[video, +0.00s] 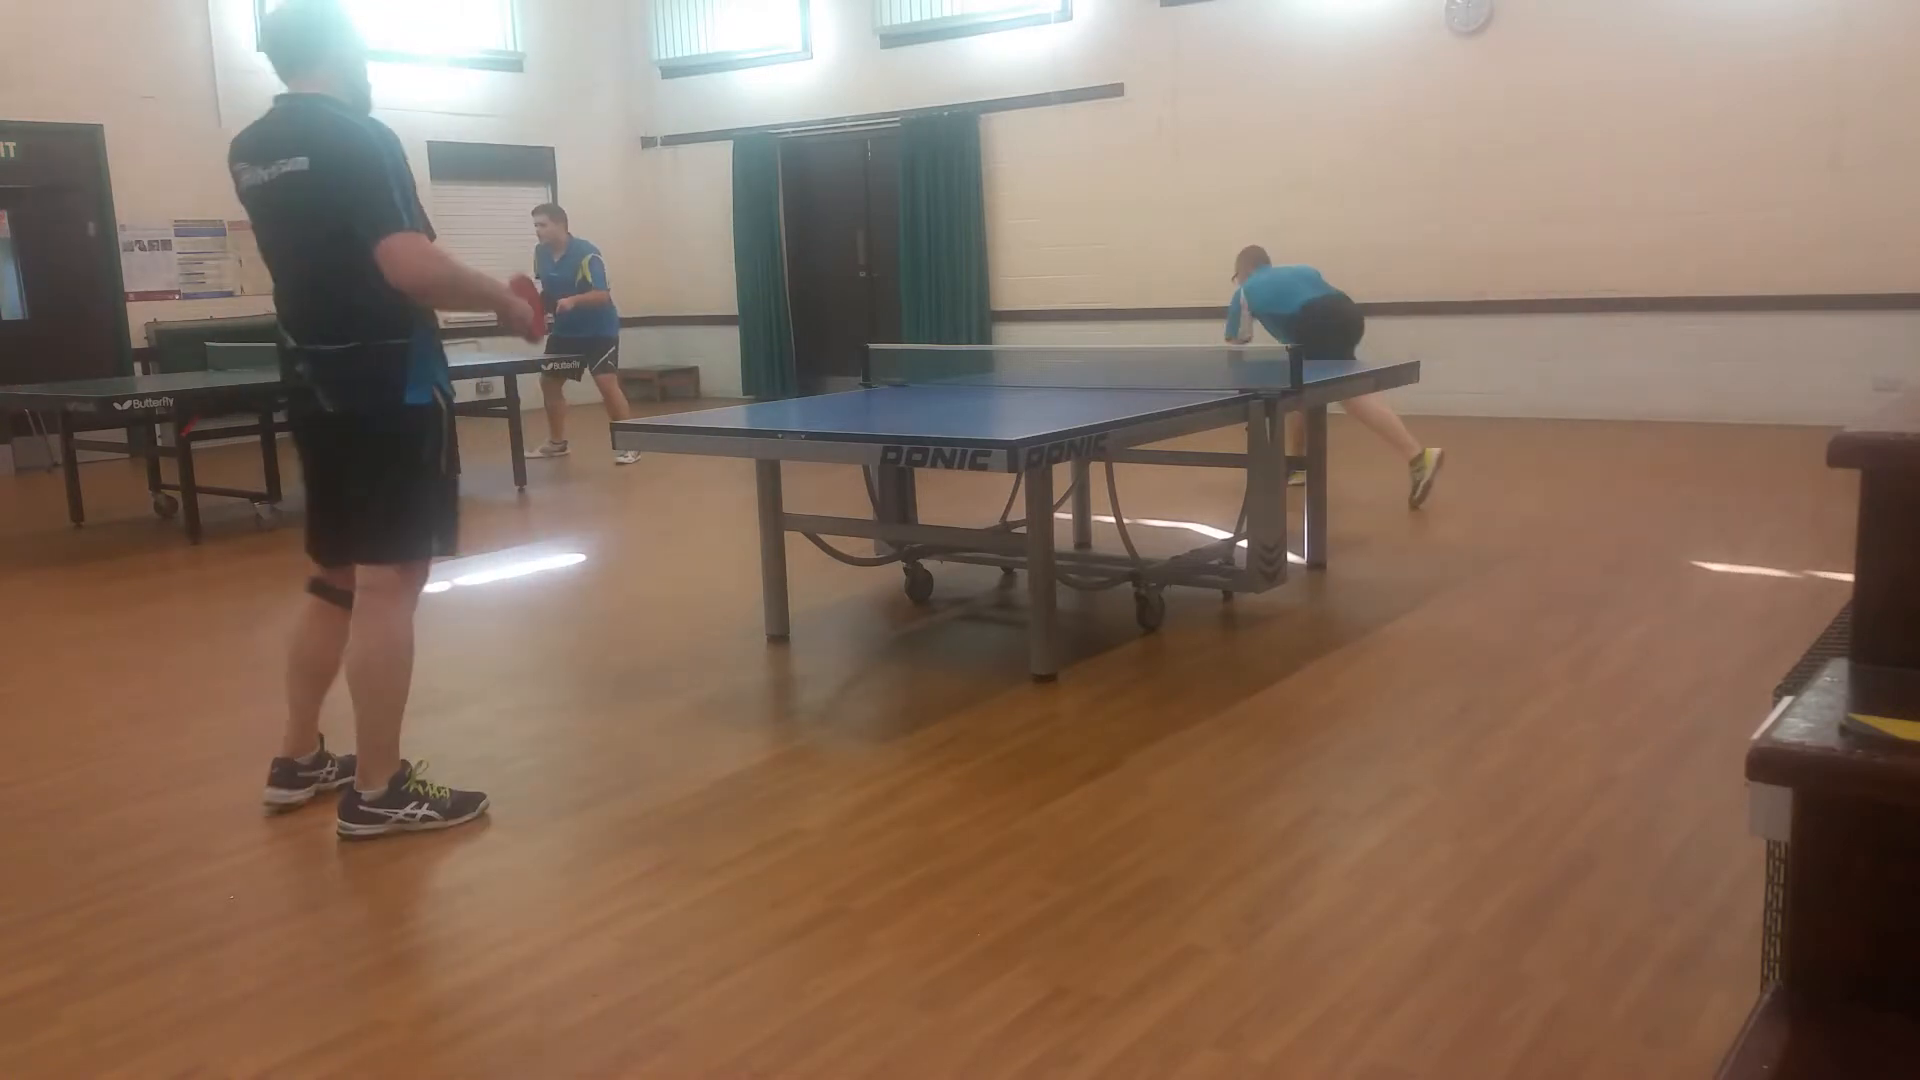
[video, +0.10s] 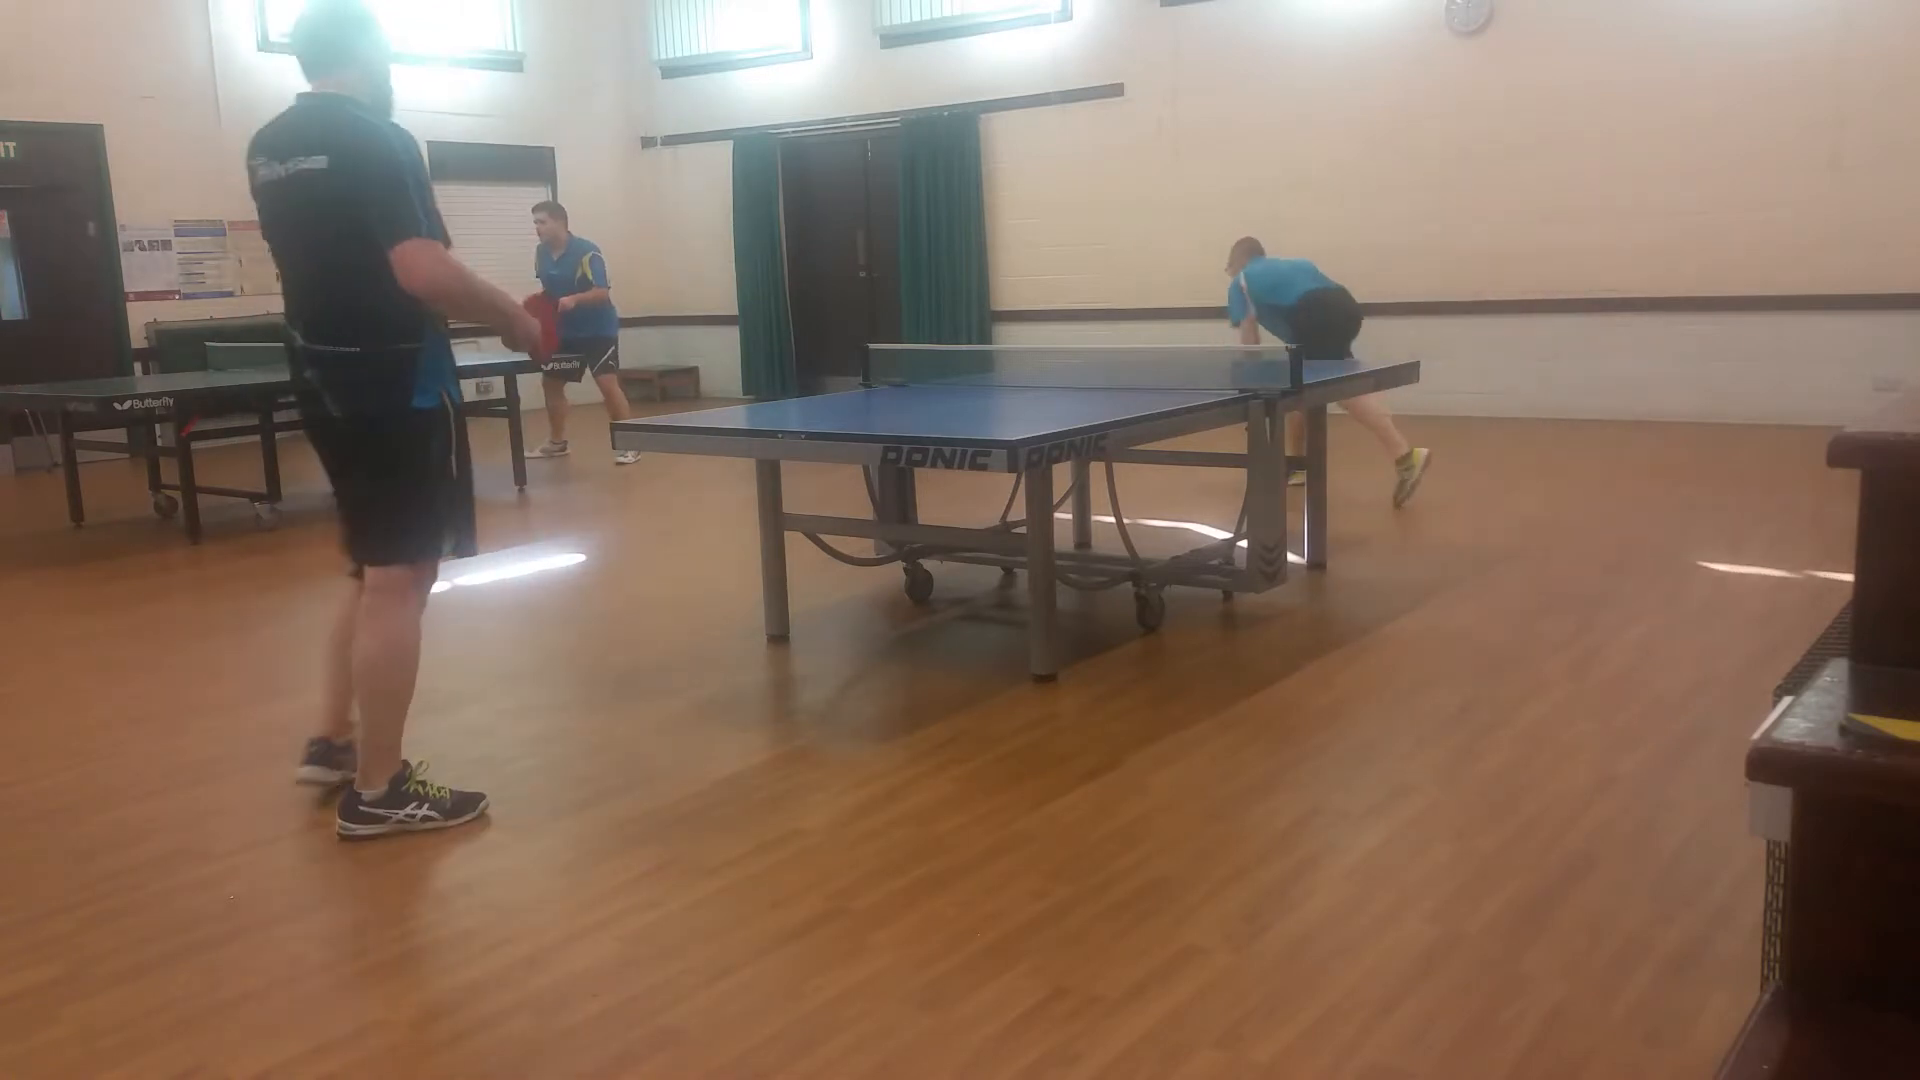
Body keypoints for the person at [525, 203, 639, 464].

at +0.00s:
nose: (537, 230)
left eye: (542, 225)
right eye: (535, 226)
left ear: (561, 225)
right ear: (538, 228)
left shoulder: (587, 253)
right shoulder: (541, 253)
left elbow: (603, 295)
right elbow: (548, 291)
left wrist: (574, 300)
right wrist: (533, 305)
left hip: (599, 330)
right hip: (565, 330)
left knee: (606, 382)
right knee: (550, 383)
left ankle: (629, 444)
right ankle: (557, 442)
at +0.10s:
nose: (537, 228)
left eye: (541, 222)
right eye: (535, 223)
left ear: (561, 223)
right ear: (538, 226)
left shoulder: (588, 252)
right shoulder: (542, 253)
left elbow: (602, 293)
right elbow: (550, 291)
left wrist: (575, 299)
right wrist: (535, 303)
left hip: (599, 331)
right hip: (567, 332)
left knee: (607, 383)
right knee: (551, 384)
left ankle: (628, 445)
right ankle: (557, 442)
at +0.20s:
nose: (537, 229)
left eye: (541, 223)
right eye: (535, 224)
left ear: (561, 224)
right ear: (539, 226)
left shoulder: (588, 253)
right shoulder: (544, 253)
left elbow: (602, 294)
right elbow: (548, 291)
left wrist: (573, 300)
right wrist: (536, 315)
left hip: (597, 331)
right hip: (564, 333)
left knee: (605, 382)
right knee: (548, 384)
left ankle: (629, 444)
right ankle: (557, 442)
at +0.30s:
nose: (536, 228)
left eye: (541, 222)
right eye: (535, 223)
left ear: (560, 222)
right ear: (539, 226)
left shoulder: (587, 252)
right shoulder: (544, 253)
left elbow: (601, 293)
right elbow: (548, 292)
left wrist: (565, 300)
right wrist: (538, 311)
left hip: (596, 332)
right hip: (563, 333)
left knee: (605, 382)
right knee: (548, 384)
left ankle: (629, 444)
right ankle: (557, 442)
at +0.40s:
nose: (535, 226)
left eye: (540, 220)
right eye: (534, 221)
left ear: (560, 221)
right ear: (537, 224)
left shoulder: (586, 251)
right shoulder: (542, 251)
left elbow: (601, 292)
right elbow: (547, 292)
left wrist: (571, 297)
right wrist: (541, 313)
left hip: (595, 332)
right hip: (561, 333)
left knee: (606, 383)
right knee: (549, 384)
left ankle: (629, 444)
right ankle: (556, 442)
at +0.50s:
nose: (536, 227)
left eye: (540, 222)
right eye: (534, 223)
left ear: (560, 223)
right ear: (538, 226)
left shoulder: (586, 253)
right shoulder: (542, 253)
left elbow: (602, 294)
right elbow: (545, 292)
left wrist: (570, 297)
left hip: (595, 333)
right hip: (561, 334)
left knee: (604, 385)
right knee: (547, 384)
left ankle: (628, 444)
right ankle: (556, 442)